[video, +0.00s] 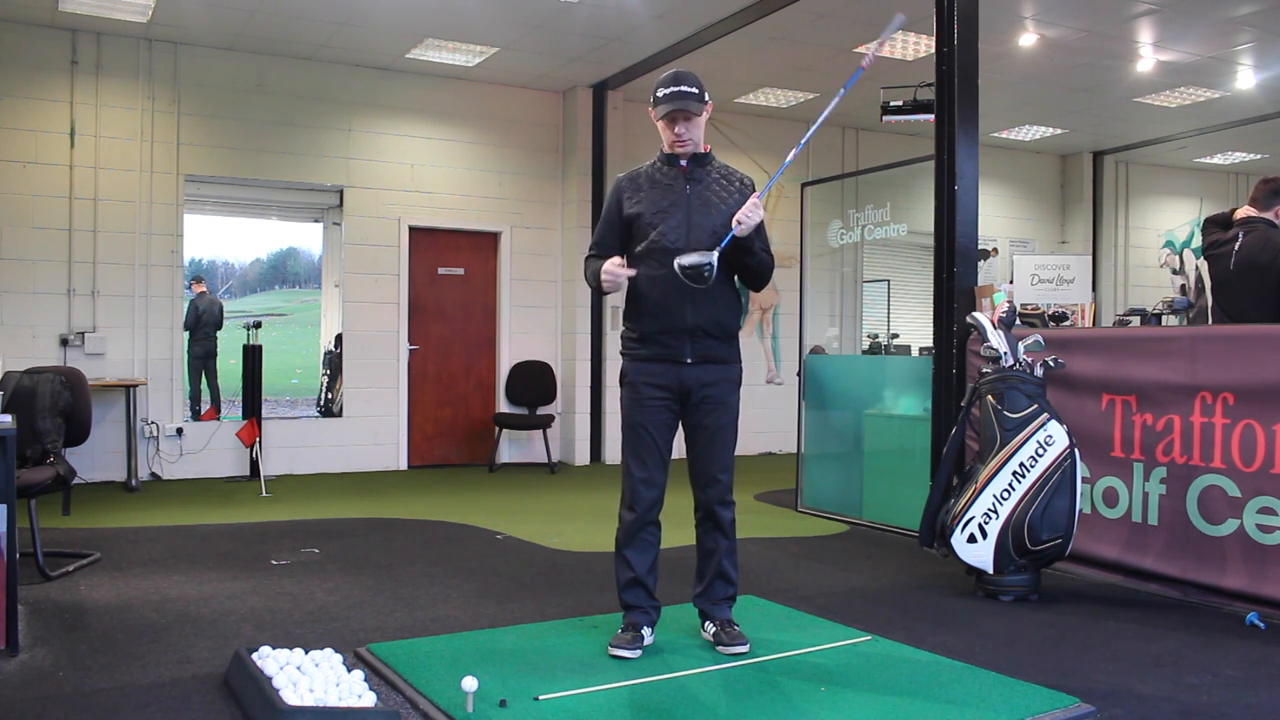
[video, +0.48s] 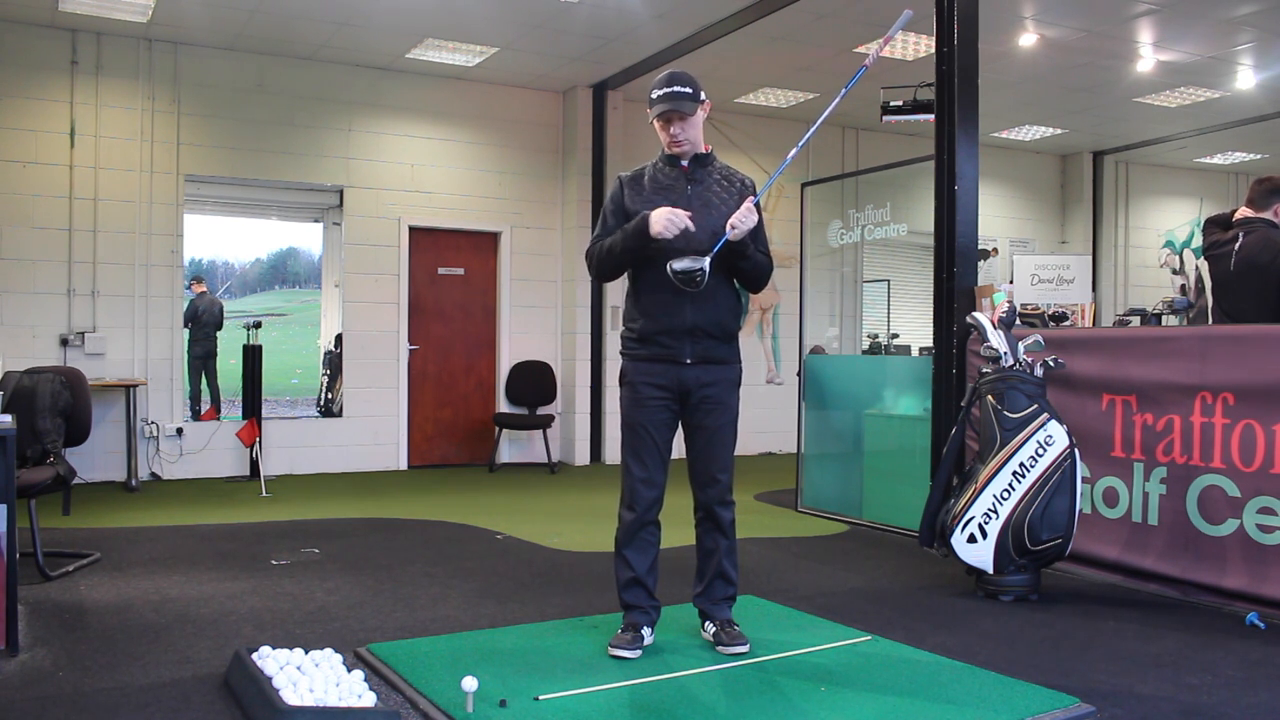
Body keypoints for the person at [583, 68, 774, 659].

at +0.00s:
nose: (680, 127)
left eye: (690, 116)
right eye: (670, 118)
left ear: (708, 116)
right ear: (655, 121)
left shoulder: (737, 189)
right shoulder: (630, 187)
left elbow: (758, 278)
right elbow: (596, 264)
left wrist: (751, 234)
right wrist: (602, 273)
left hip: (716, 363)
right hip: (647, 362)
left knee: (716, 495)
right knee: (641, 495)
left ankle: (718, 612)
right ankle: (637, 616)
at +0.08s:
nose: (678, 128)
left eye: (688, 117)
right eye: (668, 119)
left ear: (707, 115)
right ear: (655, 122)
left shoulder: (737, 188)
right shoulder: (630, 188)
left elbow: (758, 278)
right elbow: (594, 273)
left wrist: (749, 233)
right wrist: (613, 263)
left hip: (716, 364)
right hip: (647, 363)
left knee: (715, 495)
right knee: (640, 495)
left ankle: (718, 612)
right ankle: (637, 616)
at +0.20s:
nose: (675, 128)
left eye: (684, 117)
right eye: (665, 119)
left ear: (705, 114)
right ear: (654, 122)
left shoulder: (737, 187)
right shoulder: (630, 188)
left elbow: (758, 277)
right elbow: (597, 271)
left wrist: (745, 234)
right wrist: (625, 251)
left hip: (715, 364)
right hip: (646, 362)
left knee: (715, 495)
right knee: (640, 496)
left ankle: (718, 612)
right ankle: (637, 616)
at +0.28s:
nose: (672, 128)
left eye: (681, 116)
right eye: (663, 119)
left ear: (705, 112)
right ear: (653, 123)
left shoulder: (736, 188)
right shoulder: (630, 188)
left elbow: (757, 277)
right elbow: (599, 265)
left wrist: (742, 235)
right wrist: (636, 242)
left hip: (714, 363)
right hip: (646, 362)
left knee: (714, 495)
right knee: (640, 496)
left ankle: (718, 612)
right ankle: (637, 616)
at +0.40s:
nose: (671, 128)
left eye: (680, 116)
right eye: (662, 119)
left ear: (704, 111)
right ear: (652, 123)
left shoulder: (737, 188)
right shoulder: (631, 187)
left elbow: (757, 278)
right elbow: (600, 262)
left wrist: (744, 236)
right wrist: (649, 231)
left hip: (715, 363)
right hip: (647, 362)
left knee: (715, 495)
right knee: (640, 496)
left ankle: (718, 612)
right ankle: (637, 616)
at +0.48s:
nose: (673, 128)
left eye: (682, 116)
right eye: (663, 119)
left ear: (705, 112)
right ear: (653, 123)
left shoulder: (737, 188)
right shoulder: (631, 187)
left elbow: (757, 278)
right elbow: (599, 265)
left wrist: (746, 237)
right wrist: (645, 228)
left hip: (716, 364)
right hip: (647, 362)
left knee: (715, 495)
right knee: (640, 496)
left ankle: (718, 612)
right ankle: (637, 616)